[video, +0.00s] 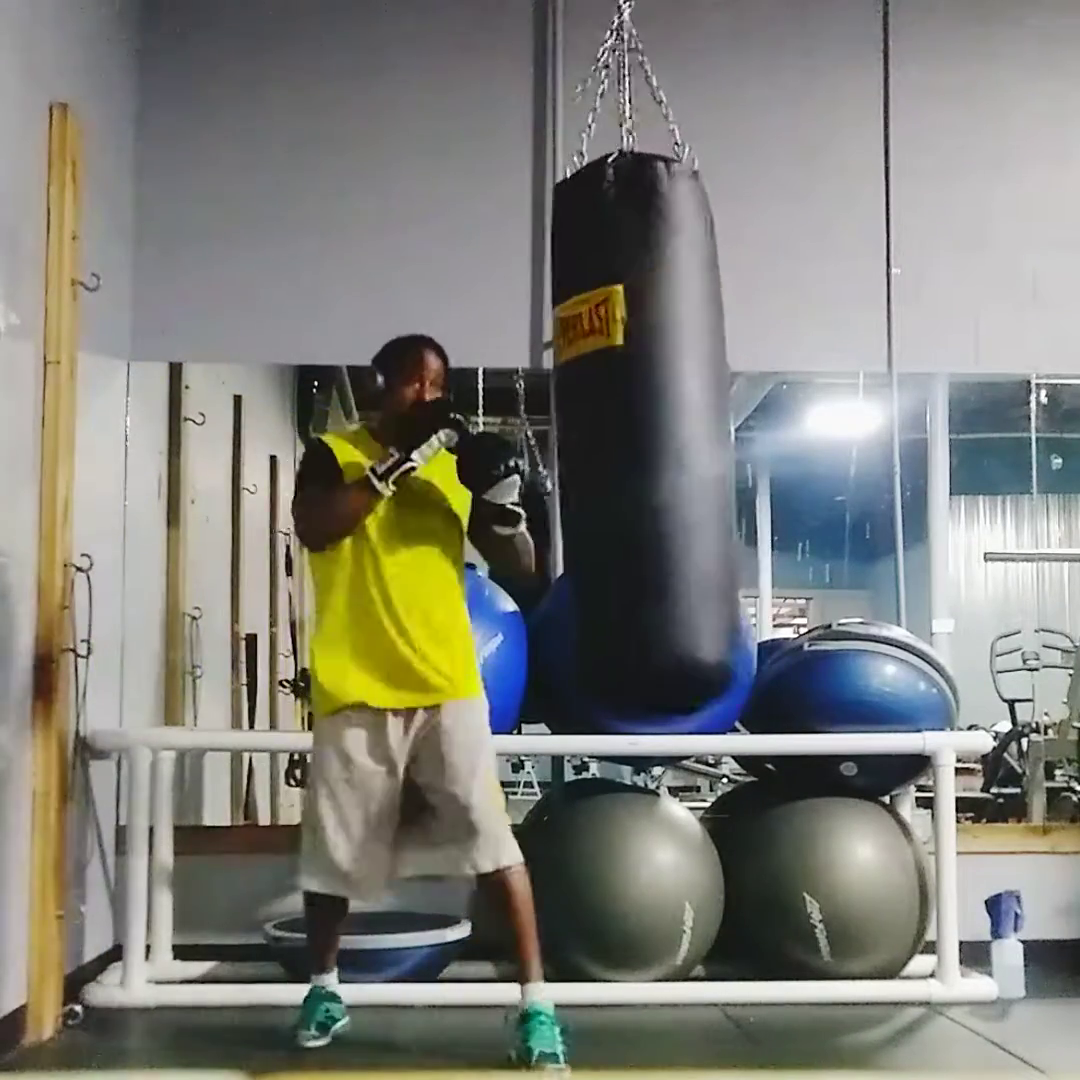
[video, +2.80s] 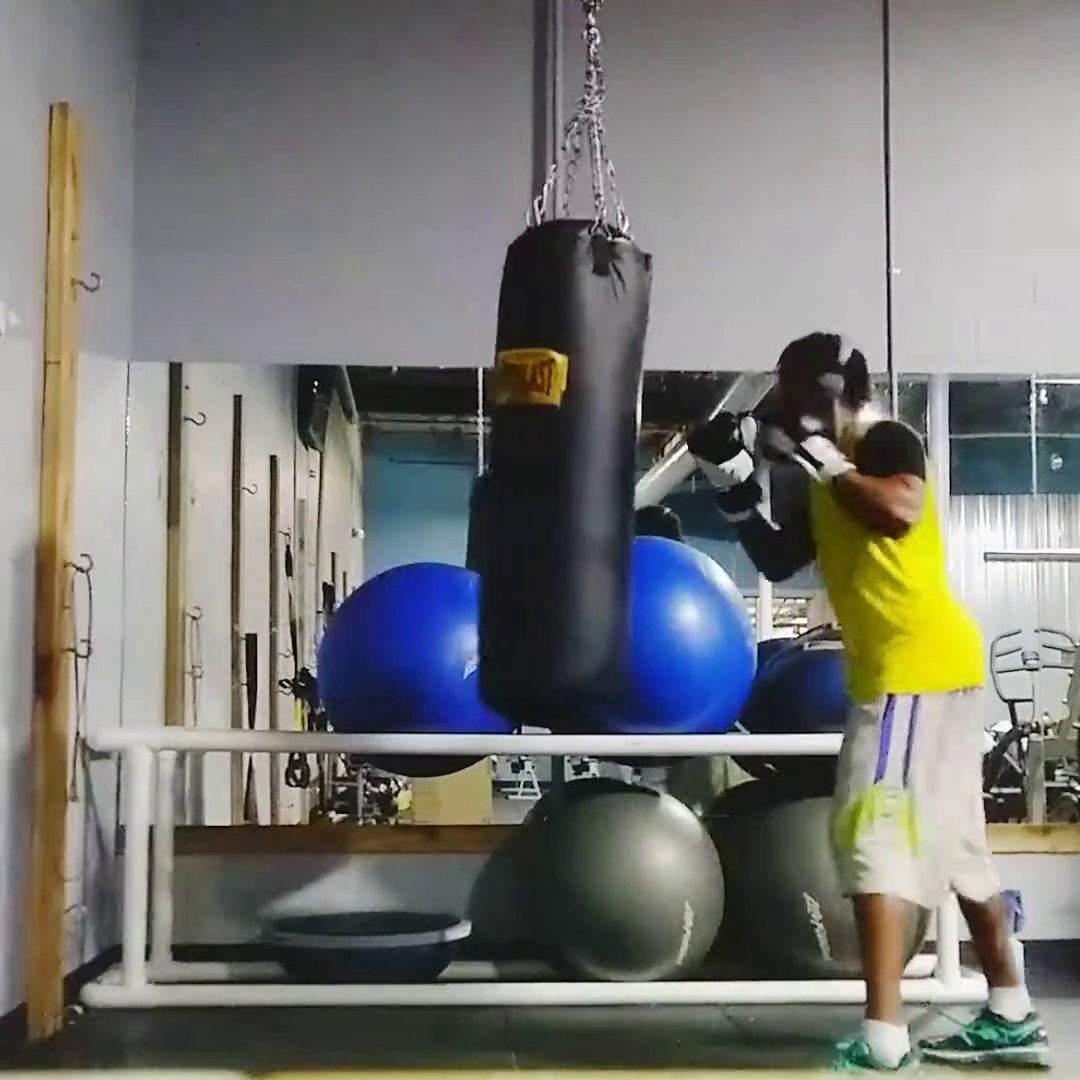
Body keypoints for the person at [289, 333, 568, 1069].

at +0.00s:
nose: (425, 394)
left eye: (436, 385)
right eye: (411, 381)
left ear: (445, 398)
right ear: (376, 387)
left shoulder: (451, 468)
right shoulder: (333, 453)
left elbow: (525, 578)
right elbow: (312, 528)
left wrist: (504, 500)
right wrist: (401, 461)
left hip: (447, 681)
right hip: (352, 682)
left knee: (493, 842)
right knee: (333, 848)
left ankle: (536, 1007)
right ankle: (323, 992)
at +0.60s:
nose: (470, 402)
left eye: (484, 389)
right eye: (461, 389)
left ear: (511, 399)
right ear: (446, 403)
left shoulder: (541, 470)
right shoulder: (437, 480)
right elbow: (383, 562)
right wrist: (414, 481)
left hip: (542, 692)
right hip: (469, 695)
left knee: (581, 852)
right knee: (469, 849)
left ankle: (612, 1011)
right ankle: (465, 987)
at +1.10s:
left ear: (583, 419)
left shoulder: (622, 465)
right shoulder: (547, 475)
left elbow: (650, 446)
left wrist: (592, 415)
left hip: (642, 666)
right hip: (585, 673)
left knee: (657, 840)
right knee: (607, 841)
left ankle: (679, 1017)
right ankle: (609, 989)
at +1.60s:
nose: (573, 411)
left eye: (579, 396)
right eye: (571, 397)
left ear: (607, 392)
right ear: (615, 386)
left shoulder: (676, 444)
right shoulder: (605, 479)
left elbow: (652, 436)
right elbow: (548, 555)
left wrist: (571, 404)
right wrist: (502, 507)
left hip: (722, 659)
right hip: (684, 665)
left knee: (709, 839)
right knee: (696, 839)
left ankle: (720, 1029)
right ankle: (726, 997)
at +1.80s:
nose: (619, 381)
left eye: (626, 367)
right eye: (620, 369)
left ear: (659, 370)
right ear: (662, 370)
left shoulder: (714, 435)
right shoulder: (653, 454)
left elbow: (737, 514)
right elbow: (645, 555)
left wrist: (642, 500)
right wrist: (587, 519)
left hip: (747, 663)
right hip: (711, 665)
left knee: (721, 836)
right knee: (742, 828)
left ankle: (721, 1030)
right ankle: (831, 967)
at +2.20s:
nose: (723, 370)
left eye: (735, 357)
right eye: (725, 358)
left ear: (775, 363)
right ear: (752, 365)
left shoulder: (819, 429)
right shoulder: (744, 451)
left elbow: (887, 520)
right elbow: (721, 571)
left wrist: (780, 502)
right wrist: (693, 527)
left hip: (819, 661)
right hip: (780, 661)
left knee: (771, 832)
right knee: (845, 835)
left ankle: (754, 1021)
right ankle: (909, 1001)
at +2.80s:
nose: (772, 398)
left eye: (783, 385)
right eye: (776, 386)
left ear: (819, 390)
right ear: (825, 392)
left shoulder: (886, 440)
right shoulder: (820, 476)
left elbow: (898, 511)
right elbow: (779, 558)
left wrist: (817, 453)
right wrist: (738, 491)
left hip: (910, 669)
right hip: (933, 668)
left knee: (874, 839)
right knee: (956, 838)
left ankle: (884, 1036)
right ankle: (1011, 1010)